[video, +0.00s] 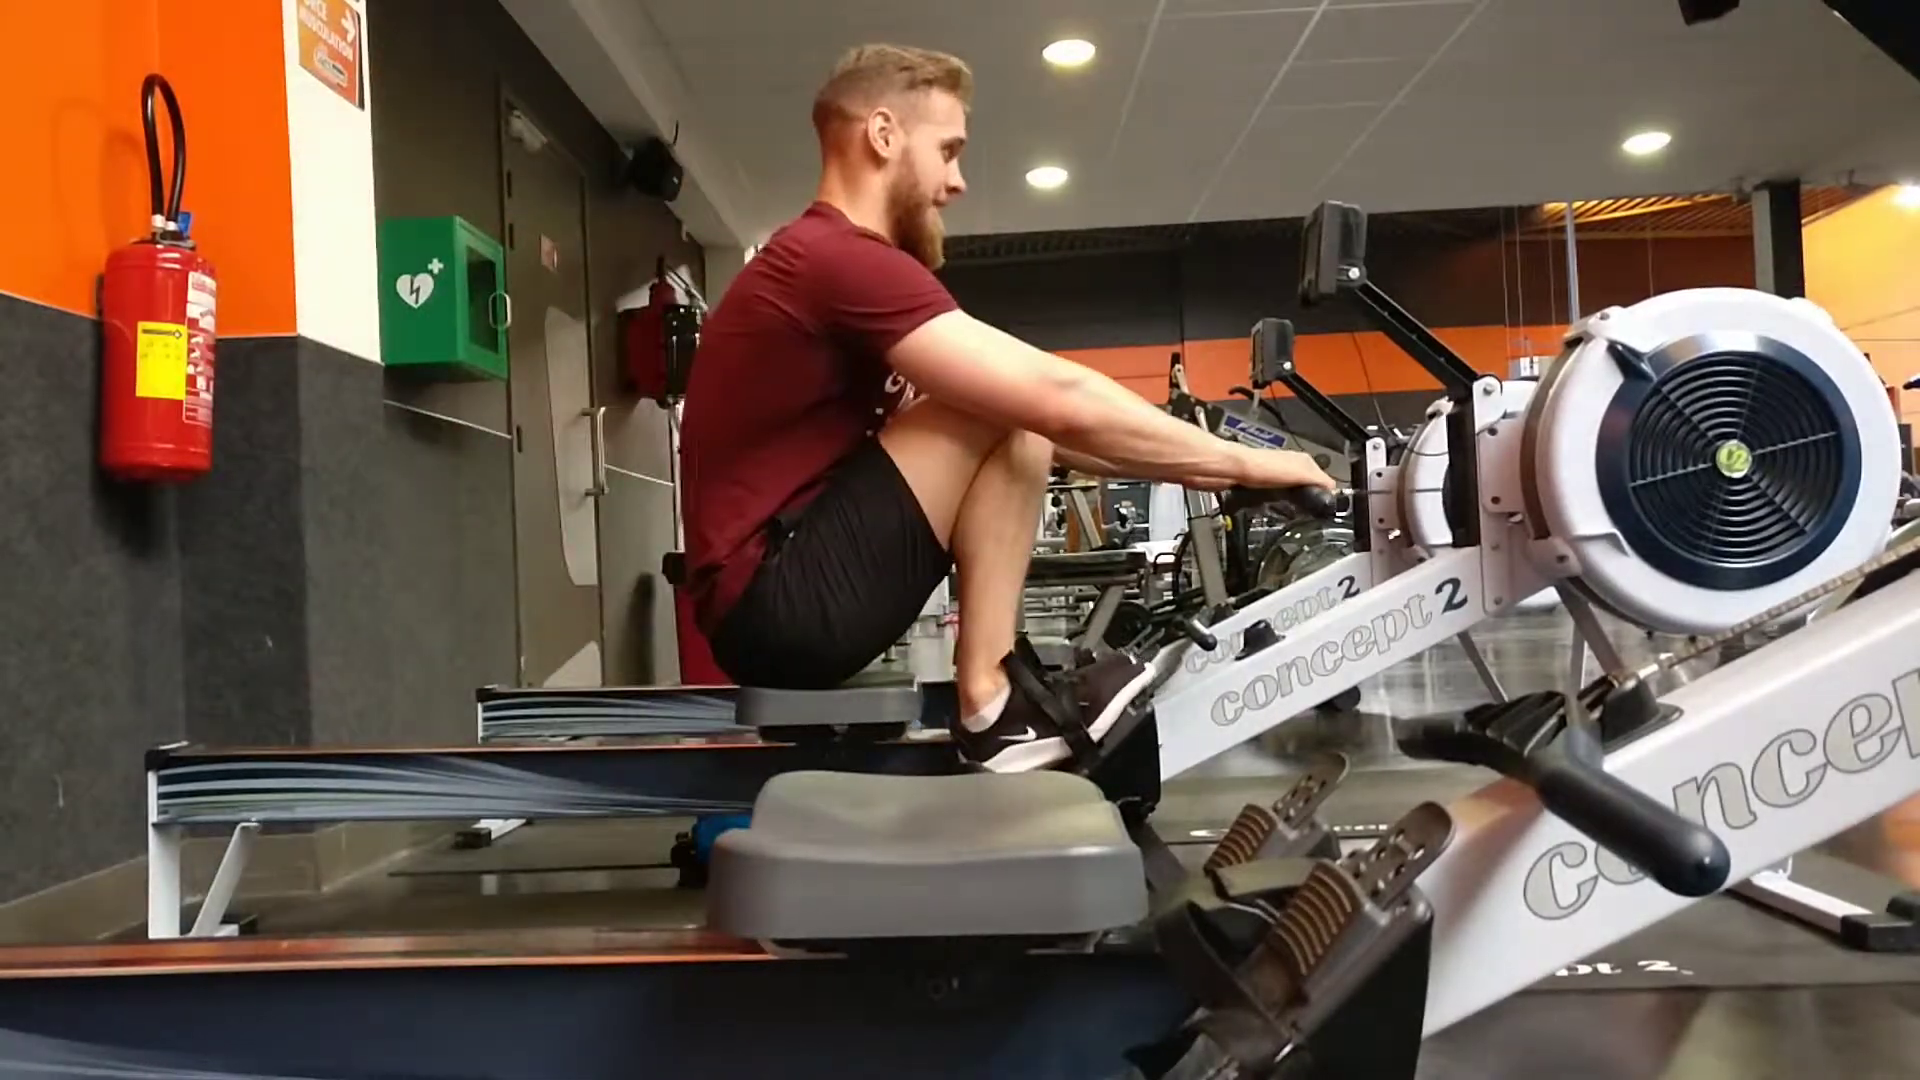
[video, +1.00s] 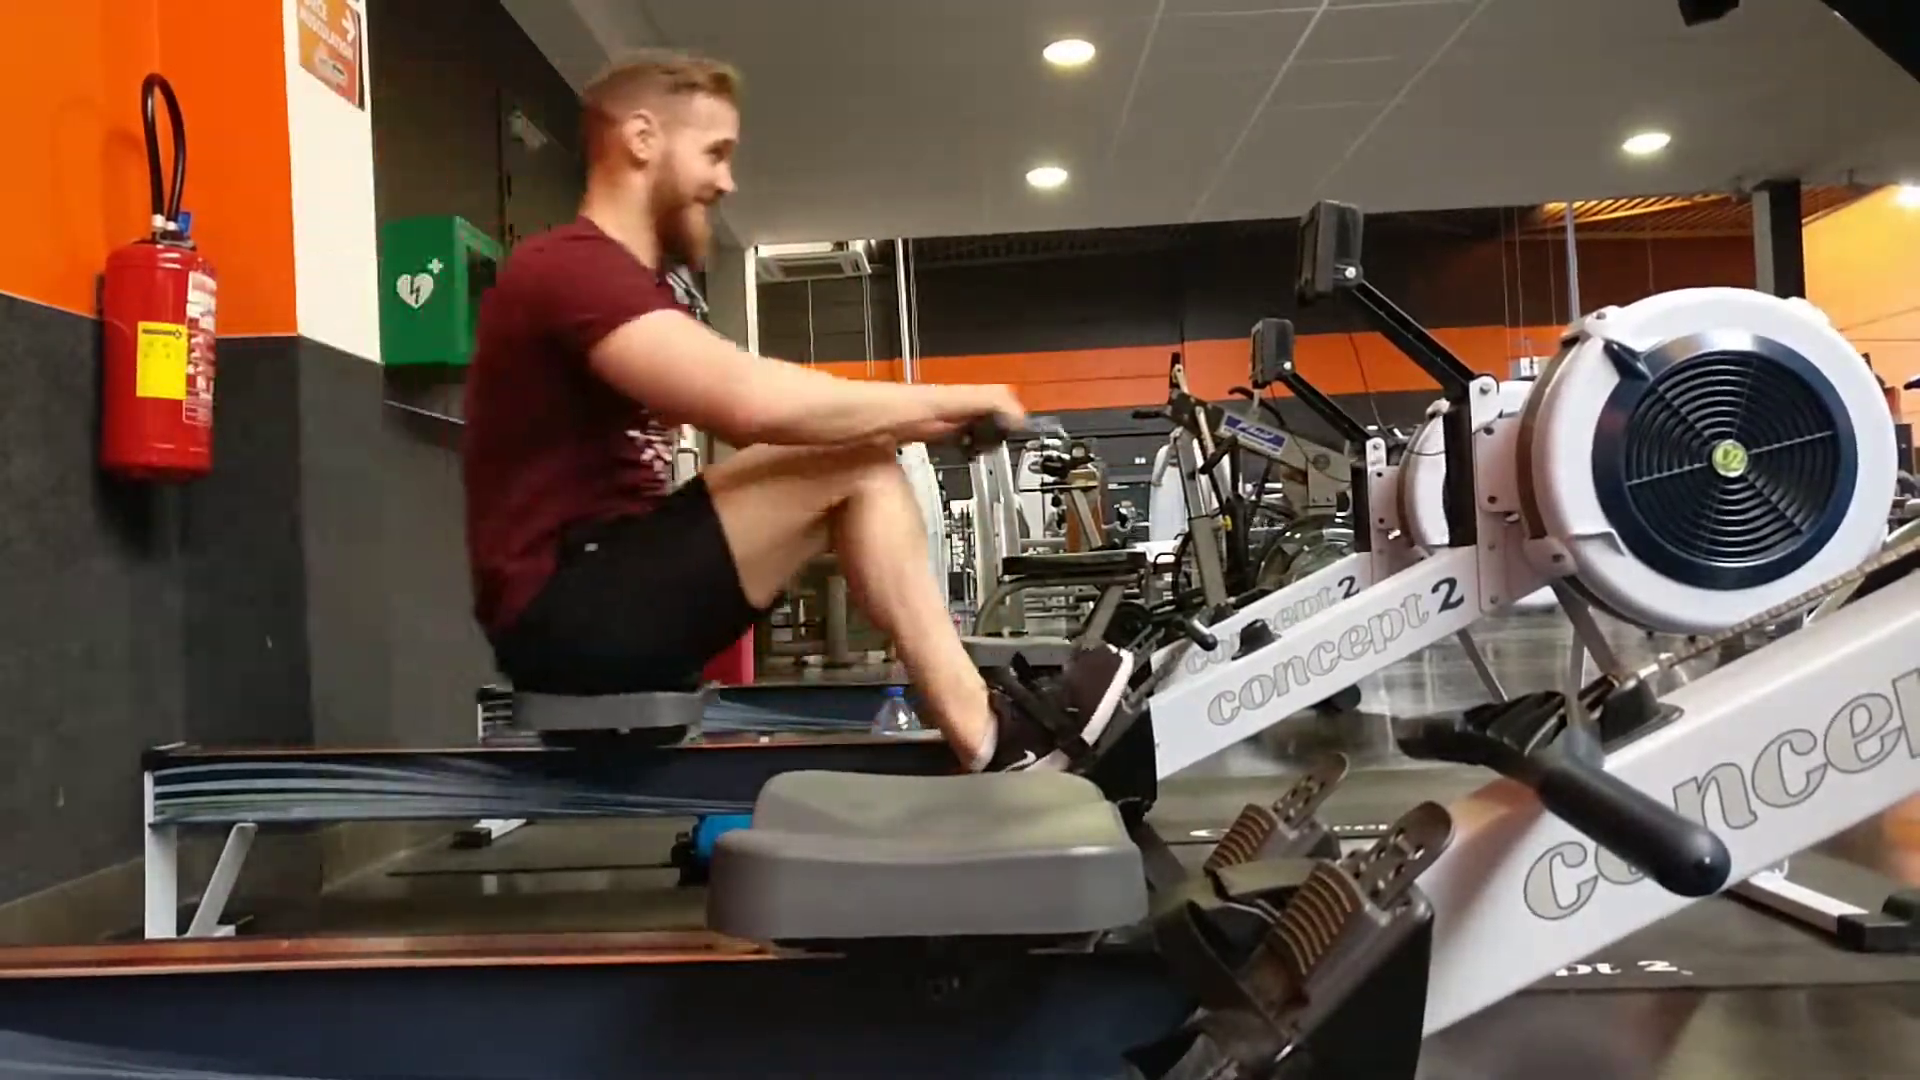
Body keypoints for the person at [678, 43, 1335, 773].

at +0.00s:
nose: (960, 181)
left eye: (960, 156)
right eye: (950, 150)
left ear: (881, 139)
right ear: (880, 135)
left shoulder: (839, 258)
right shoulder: (837, 258)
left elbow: (1047, 397)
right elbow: (1062, 400)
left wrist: (1207, 462)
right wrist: (1241, 463)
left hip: (778, 601)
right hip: (772, 610)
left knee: (1016, 411)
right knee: (1007, 407)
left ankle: (992, 682)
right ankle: (984, 703)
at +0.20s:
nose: (806, 153)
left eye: (801, 127)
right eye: (790, 122)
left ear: (718, 117)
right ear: (717, 114)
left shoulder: (689, 248)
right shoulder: (672, 245)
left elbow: (853, 390)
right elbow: (866, 397)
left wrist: (1041, 423)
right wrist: (1054, 426)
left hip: (684, 599)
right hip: (675, 608)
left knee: (922, 432)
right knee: (931, 440)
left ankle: (991, 709)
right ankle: (989, 729)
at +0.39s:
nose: (535, 150)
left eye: (535, 129)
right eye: (516, 125)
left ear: (446, 122)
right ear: (431, 114)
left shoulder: (485, 267)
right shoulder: (402, 260)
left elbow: (614, 412)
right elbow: (571, 413)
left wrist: (786, 426)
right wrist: (787, 422)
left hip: (534, 589)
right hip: (487, 607)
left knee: (803, 485)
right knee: (798, 490)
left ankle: (986, 723)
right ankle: (991, 737)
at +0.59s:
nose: (406, 185)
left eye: (406, 161)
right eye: (386, 156)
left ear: (315, 152)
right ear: (298, 148)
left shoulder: (354, 298)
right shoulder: (233, 280)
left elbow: (379, 467)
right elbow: (231, 455)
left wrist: (489, 449)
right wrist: (435, 429)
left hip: (424, 590)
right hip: (365, 608)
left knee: (713, 568)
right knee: (709, 567)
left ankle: (974, 731)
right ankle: (973, 752)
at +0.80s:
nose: (515, 182)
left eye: (516, 160)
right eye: (500, 154)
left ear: (428, 149)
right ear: (413, 141)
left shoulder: (442, 295)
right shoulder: (342, 271)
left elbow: (454, 464)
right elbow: (341, 436)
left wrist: (555, 441)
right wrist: (548, 431)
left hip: (459, 597)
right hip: (405, 613)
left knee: (740, 534)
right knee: (737, 535)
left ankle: (958, 730)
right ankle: (961, 743)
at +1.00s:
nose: (727, 185)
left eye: (729, 160)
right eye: (715, 154)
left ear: (642, 147)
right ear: (638, 141)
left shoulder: (645, 287)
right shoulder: (571, 269)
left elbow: (758, 419)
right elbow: (751, 400)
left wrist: (921, 422)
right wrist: (949, 402)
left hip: (610, 608)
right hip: (568, 618)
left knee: (869, 459)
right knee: (861, 461)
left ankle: (979, 720)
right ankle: (982, 739)